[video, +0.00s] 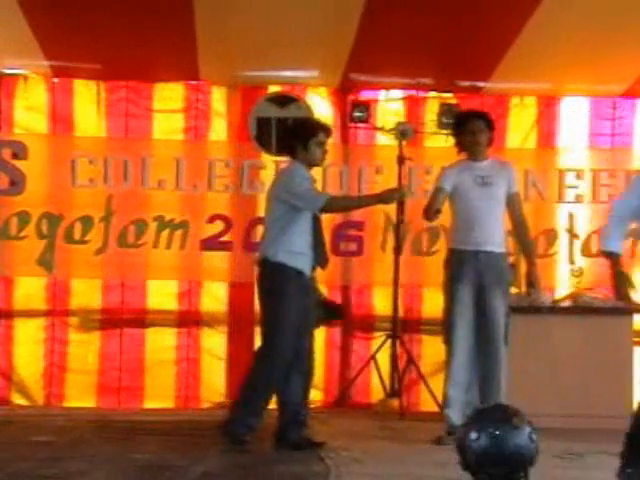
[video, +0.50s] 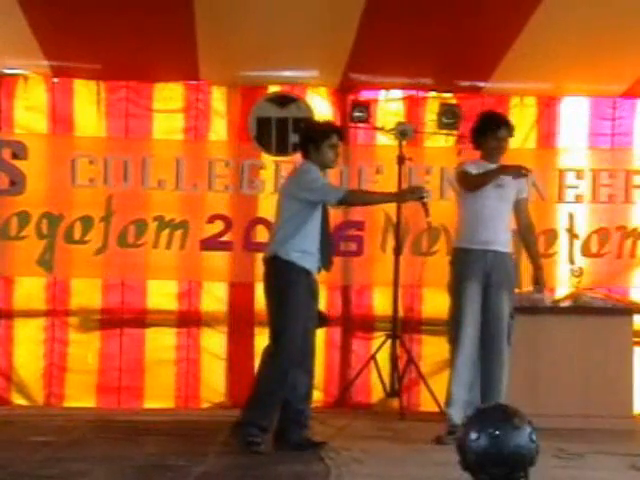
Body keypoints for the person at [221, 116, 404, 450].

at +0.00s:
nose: (325, 151)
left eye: (325, 145)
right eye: (320, 145)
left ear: (311, 149)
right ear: (303, 146)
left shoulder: (300, 180)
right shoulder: (291, 177)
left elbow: (297, 247)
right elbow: (327, 205)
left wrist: (313, 292)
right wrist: (381, 197)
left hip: (295, 274)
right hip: (281, 271)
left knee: (297, 353)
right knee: (278, 350)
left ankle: (292, 431)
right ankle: (239, 426)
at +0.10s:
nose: (328, 152)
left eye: (329, 146)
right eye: (322, 146)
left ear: (316, 150)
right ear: (304, 147)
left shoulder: (305, 181)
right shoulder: (294, 177)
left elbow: (302, 245)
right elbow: (331, 203)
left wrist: (316, 288)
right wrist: (386, 197)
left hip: (299, 272)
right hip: (282, 269)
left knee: (301, 352)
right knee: (282, 350)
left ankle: (292, 431)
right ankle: (248, 427)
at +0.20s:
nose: (331, 153)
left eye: (332, 147)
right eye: (326, 146)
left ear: (320, 150)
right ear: (308, 148)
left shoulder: (307, 179)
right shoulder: (299, 177)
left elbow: (300, 242)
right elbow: (339, 201)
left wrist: (313, 289)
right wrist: (391, 197)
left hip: (299, 271)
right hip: (284, 268)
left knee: (302, 352)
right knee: (287, 349)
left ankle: (293, 429)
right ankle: (255, 426)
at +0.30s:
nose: (333, 153)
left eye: (334, 147)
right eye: (327, 147)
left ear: (323, 150)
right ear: (309, 148)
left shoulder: (308, 178)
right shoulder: (301, 176)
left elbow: (301, 240)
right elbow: (341, 201)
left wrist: (313, 296)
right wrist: (395, 197)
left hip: (298, 270)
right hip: (284, 268)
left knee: (302, 352)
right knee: (288, 349)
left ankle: (293, 430)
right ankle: (254, 426)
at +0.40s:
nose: (336, 154)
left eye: (337, 148)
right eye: (330, 147)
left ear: (328, 151)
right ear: (312, 148)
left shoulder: (310, 178)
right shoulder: (304, 176)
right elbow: (345, 199)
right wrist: (398, 197)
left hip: (300, 271)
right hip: (286, 269)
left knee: (301, 353)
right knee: (287, 350)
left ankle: (294, 431)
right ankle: (253, 427)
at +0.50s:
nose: (337, 154)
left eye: (338, 148)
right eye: (332, 148)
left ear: (324, 151)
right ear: (313, 148)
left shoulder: (312, 179)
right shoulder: (305, 176)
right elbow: (346, 197)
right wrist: (399, 196)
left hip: (300, 271)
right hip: (286, 268)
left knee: (302, 354)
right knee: (286, 350)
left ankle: (294, 432)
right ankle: (254, 428)